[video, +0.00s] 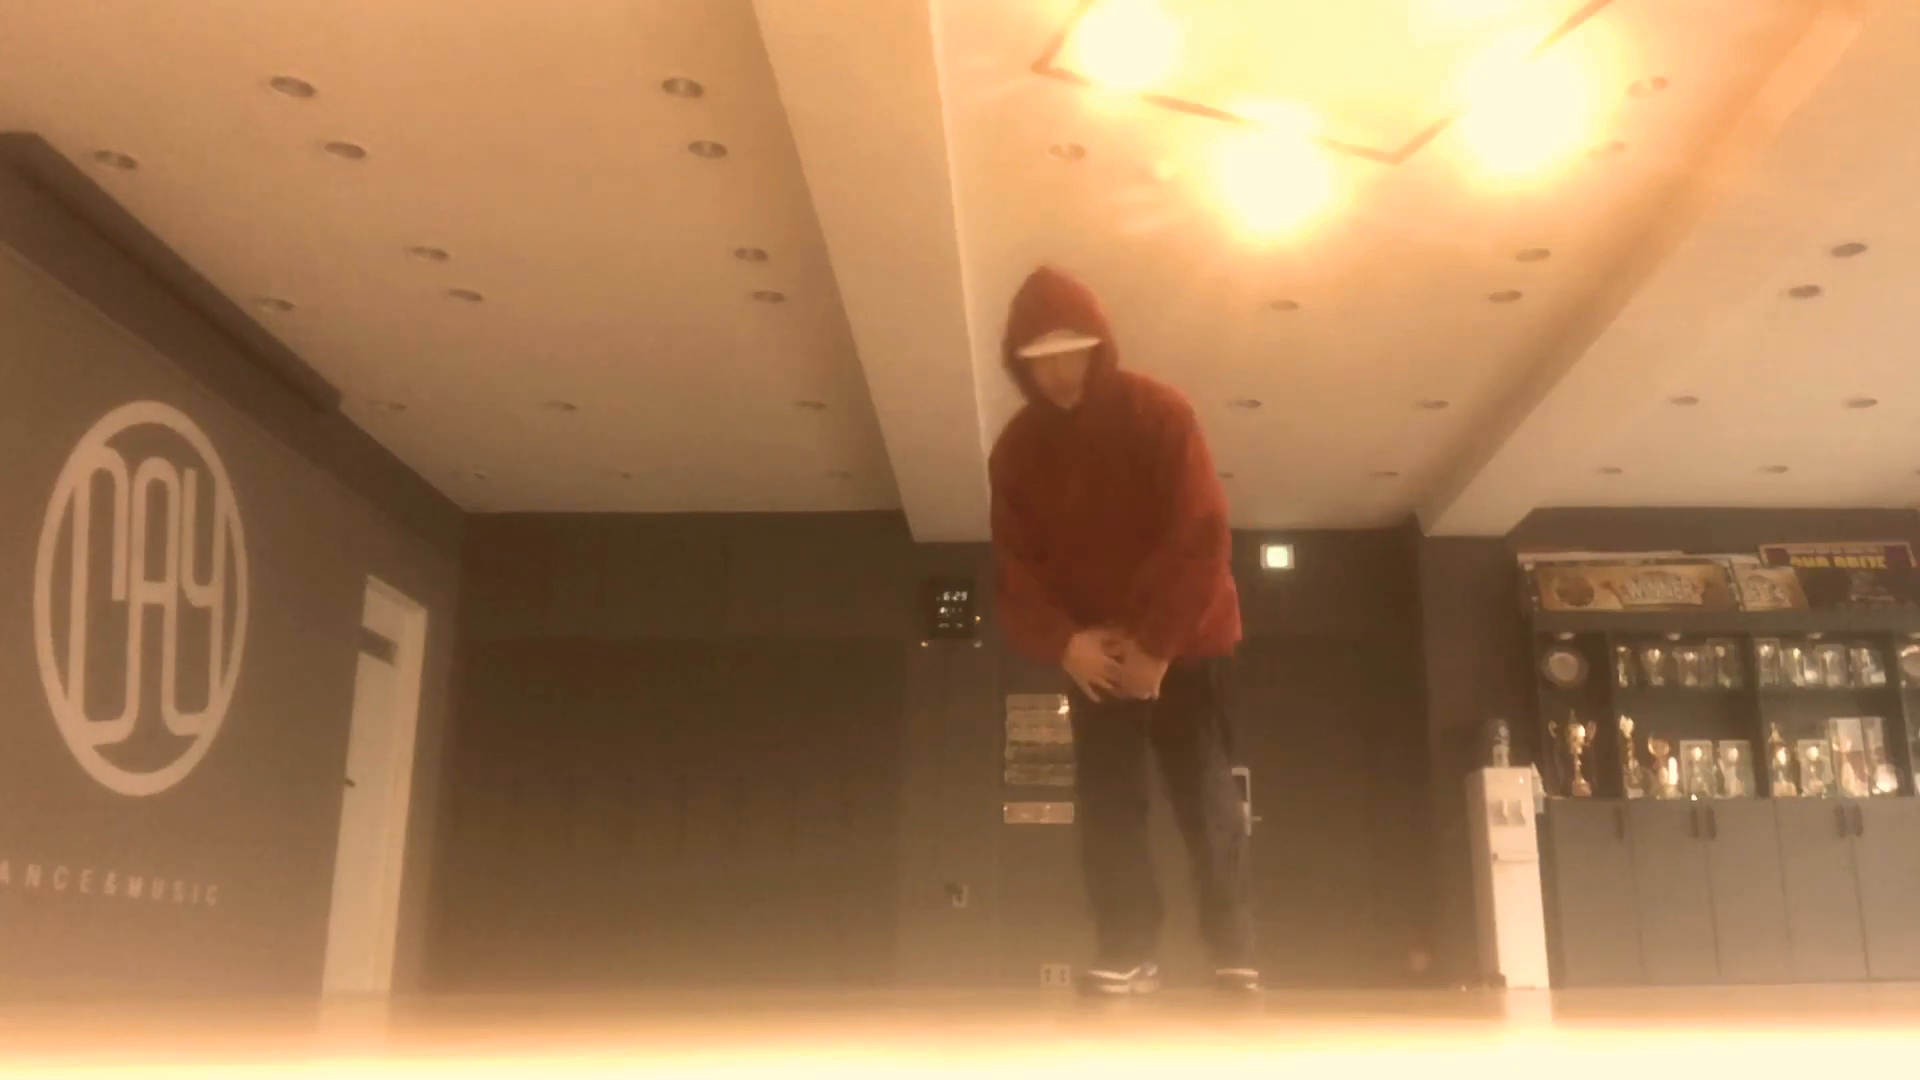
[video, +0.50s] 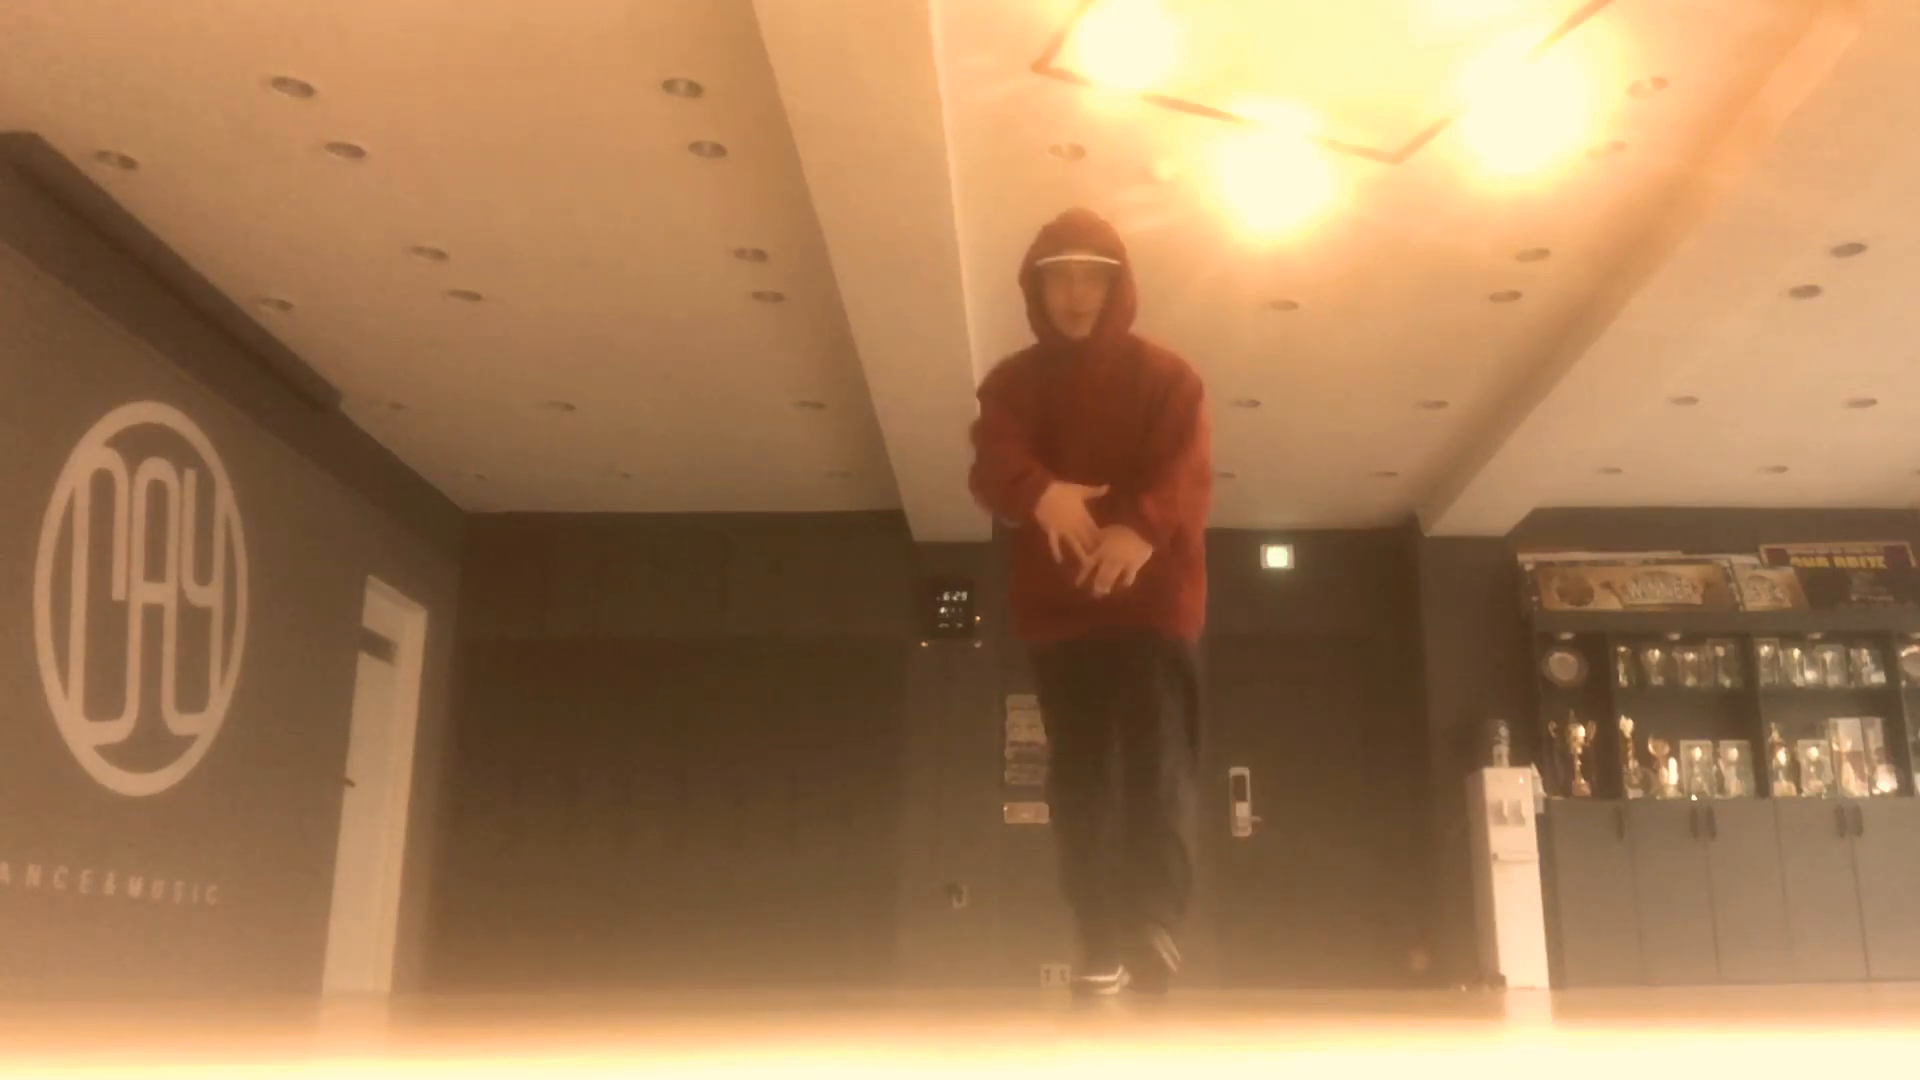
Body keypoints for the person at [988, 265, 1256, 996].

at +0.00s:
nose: (1053, 375)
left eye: (1067, 356)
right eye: (1037, 361)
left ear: (1097, 348)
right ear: (1020, 365)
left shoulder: (1162, 416)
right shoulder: (1017, 447)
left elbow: (1201, 538)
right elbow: (1014, 571)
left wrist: (1155, 641)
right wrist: (1065, 640)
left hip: (1186, 642)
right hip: (1093, 651)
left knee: (1207, 803)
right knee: (1106, 808)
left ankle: (1233, 955)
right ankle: (1126, 954)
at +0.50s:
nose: (1072, 295)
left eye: (1089, 278)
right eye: (1056, 278)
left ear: (1116, 286)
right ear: (1034, 289)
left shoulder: (1167, 377)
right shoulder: (1011, 382)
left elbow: (1186, 472)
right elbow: (992, 465)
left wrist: (1141, 529)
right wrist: (1042, 492)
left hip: (1152, 612)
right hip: (1060, 614)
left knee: (1158, 766)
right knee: (1079, 774)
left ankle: (1157, 923)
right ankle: (1099, 940)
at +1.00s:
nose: (1236, 269)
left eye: (1257, 257)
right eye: (1228, 243)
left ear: (1269, 278)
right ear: (1191, 238)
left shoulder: (1235, 392)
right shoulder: (1095, 315)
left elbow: (1239, 530)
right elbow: (1017, 414)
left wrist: (1270, 632)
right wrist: (989, 519)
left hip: (1139, 589)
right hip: (1034, 574)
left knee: (1134, 745)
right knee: (1013, 753)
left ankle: (1135, 939)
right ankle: (1003, 917)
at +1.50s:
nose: (1201, 241)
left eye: (1218, 227)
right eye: (1185, 220)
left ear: (1232, 248)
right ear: (1145, 223)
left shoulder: (1234, 372)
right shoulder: (1086, 302)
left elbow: (1297, 495)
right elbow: (981, 366)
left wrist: (1366, 580)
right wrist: (939, 411)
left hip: (1181, 592)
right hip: (1070, 558)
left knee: (1162, 771)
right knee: (1044, 727)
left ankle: (1110, 941)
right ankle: (892, 884)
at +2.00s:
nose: (1070, 193)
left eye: (1087, 169)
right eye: (1049, 179)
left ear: (1125, 172)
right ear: (1030, 201)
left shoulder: (1199, 257)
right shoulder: (1045, 323)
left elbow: (1241, 228)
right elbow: (1015, 458)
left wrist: (1184, 156)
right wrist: (1008, 574)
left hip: (1269, 511)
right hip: (1147, 519)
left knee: (1245, 734)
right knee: (1213, 713)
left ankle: (1141, 904)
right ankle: (1287, 930)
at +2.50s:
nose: (1137, 235)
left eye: (1155, 218)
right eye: (1120, 214)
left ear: (1174, 233)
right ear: (1082, 223)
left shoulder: (1199, 345)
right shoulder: (1021, 340)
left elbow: (1259, 481)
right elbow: (974, 448)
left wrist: (1272, 609)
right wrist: (1036, 461)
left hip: (1197, 578)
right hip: (1084, 577)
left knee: (1201, 763)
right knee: (1125, 709)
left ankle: (1140, 931)